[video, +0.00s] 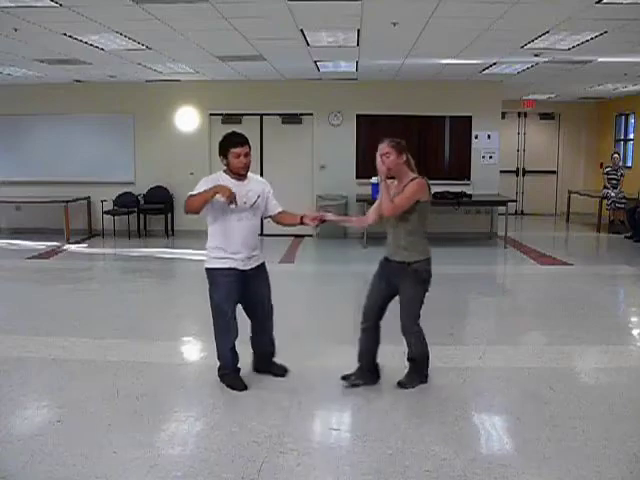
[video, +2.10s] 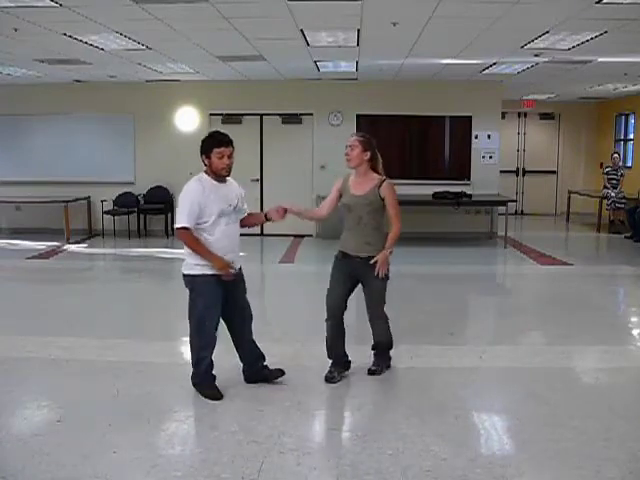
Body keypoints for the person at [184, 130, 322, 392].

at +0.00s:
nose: (245, 160)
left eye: (247, 154)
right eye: (238, 156)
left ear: (251, 155)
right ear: (225, 158)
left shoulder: (260, 185)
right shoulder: (212, 183)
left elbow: (277, 215)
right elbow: (190, 207)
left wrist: (302, 219)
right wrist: (213, 192)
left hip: (253, 263)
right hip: (221, 264)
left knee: (263, 313)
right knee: (225, 319)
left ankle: (264, 361)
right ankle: (228, 371)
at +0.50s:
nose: (248, 160)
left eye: (250, 155)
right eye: (242, 156)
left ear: (252, 157)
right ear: (226, 158)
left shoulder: (257, 187)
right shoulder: (212, 187)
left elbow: (275, 216)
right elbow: (197, 225)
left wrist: (306, 220)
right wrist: (225, 231)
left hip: (250, 266)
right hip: (221, 268)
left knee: (256, 314)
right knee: (225, 321)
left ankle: (244, 358)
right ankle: (223, 375)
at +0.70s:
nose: (256, 161)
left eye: (257, 156)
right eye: (251, 156)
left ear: (257, 157)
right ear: (234, 158)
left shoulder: (254, 185)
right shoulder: (223, 186)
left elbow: (258, 215)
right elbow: (220, 227)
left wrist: (286, 214)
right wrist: (260, 228)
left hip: (254, 267)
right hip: (229, 269)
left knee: (264, 316)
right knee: (231, 325)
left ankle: (255, 365)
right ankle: (224, 376)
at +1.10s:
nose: (270, 160)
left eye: (272, 155)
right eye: (263, 155)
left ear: (273, 157)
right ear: (248, 158)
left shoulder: (259, 185)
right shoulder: (242, 184)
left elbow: (262, 220)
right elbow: (259, 222)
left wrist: (285, 222)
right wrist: (294, 211)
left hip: (261, 264)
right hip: (247, 266)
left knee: (264, 318)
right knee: (264, 318)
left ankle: (260, 369)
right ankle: (232, 365)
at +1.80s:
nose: (253, 158)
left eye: (256, 154)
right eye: (247, 154)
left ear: (258, 156)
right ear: (232, 157)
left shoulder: (252, 185)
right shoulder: (226, 184)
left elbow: (264, 216)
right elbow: (233, 227)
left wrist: (281, 193)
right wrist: (274, 241)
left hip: (251, 266)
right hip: (228, 268)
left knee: (256, 320)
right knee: (230, 324)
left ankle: (259, 370)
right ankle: (213, 379)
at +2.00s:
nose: (235, 161)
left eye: (238, 156)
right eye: (229, 156)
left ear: (240, 157)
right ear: (214, 158)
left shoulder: (238, 186)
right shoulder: (203, 189)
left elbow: (246, 220)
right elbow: (200, 233)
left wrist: (267, 202)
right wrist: (237, 257)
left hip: (235, 271)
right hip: (210, 273)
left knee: (246, 321)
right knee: (208, 330)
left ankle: (257, 369)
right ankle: (203, 379)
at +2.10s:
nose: (227, 162)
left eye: (230, 156)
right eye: (220, 157)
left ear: (233, 157)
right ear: (206, 159)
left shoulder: (233, 188)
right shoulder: (194, 189)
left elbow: (240, 220)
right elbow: (182, 231)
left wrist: (267, 216)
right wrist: (216, 261)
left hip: (230, 271)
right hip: (203, 273)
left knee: (241, 322)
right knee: (203, 330)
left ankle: (254, 369)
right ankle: (203, 379)